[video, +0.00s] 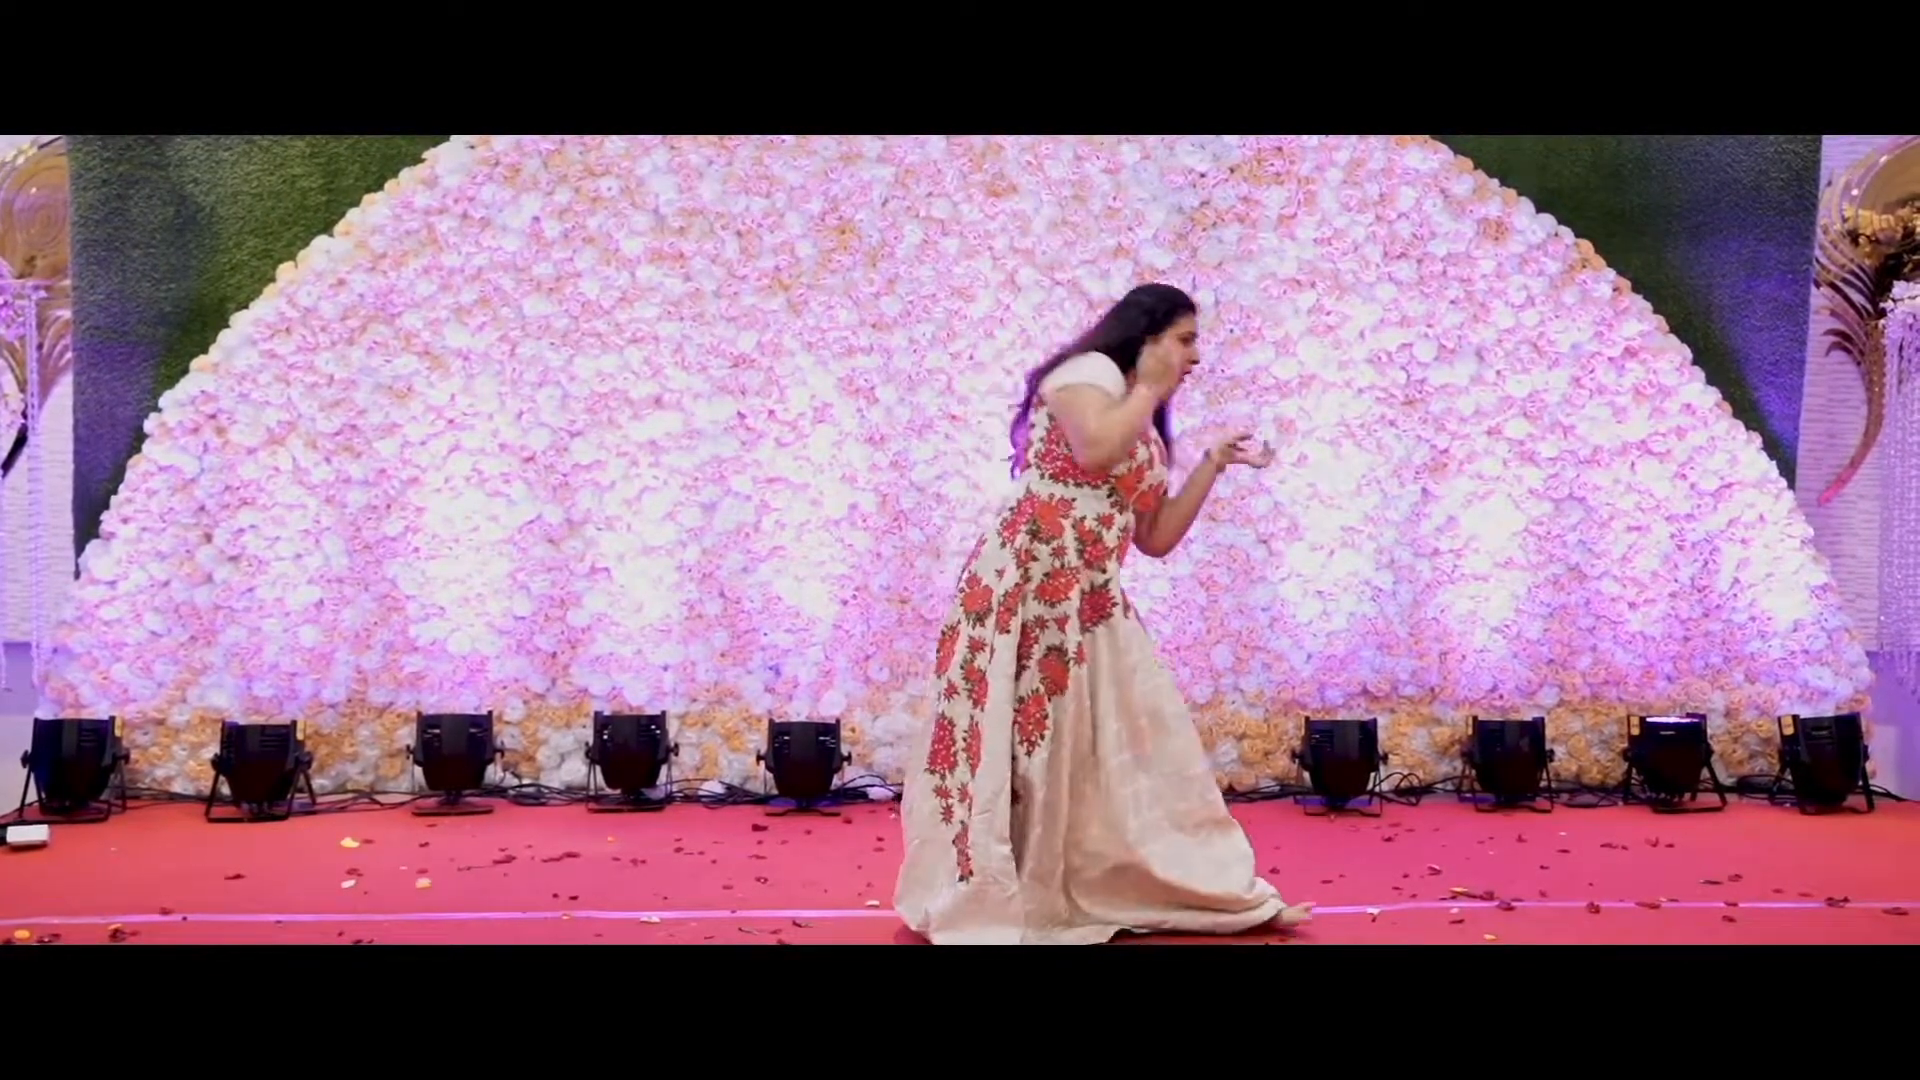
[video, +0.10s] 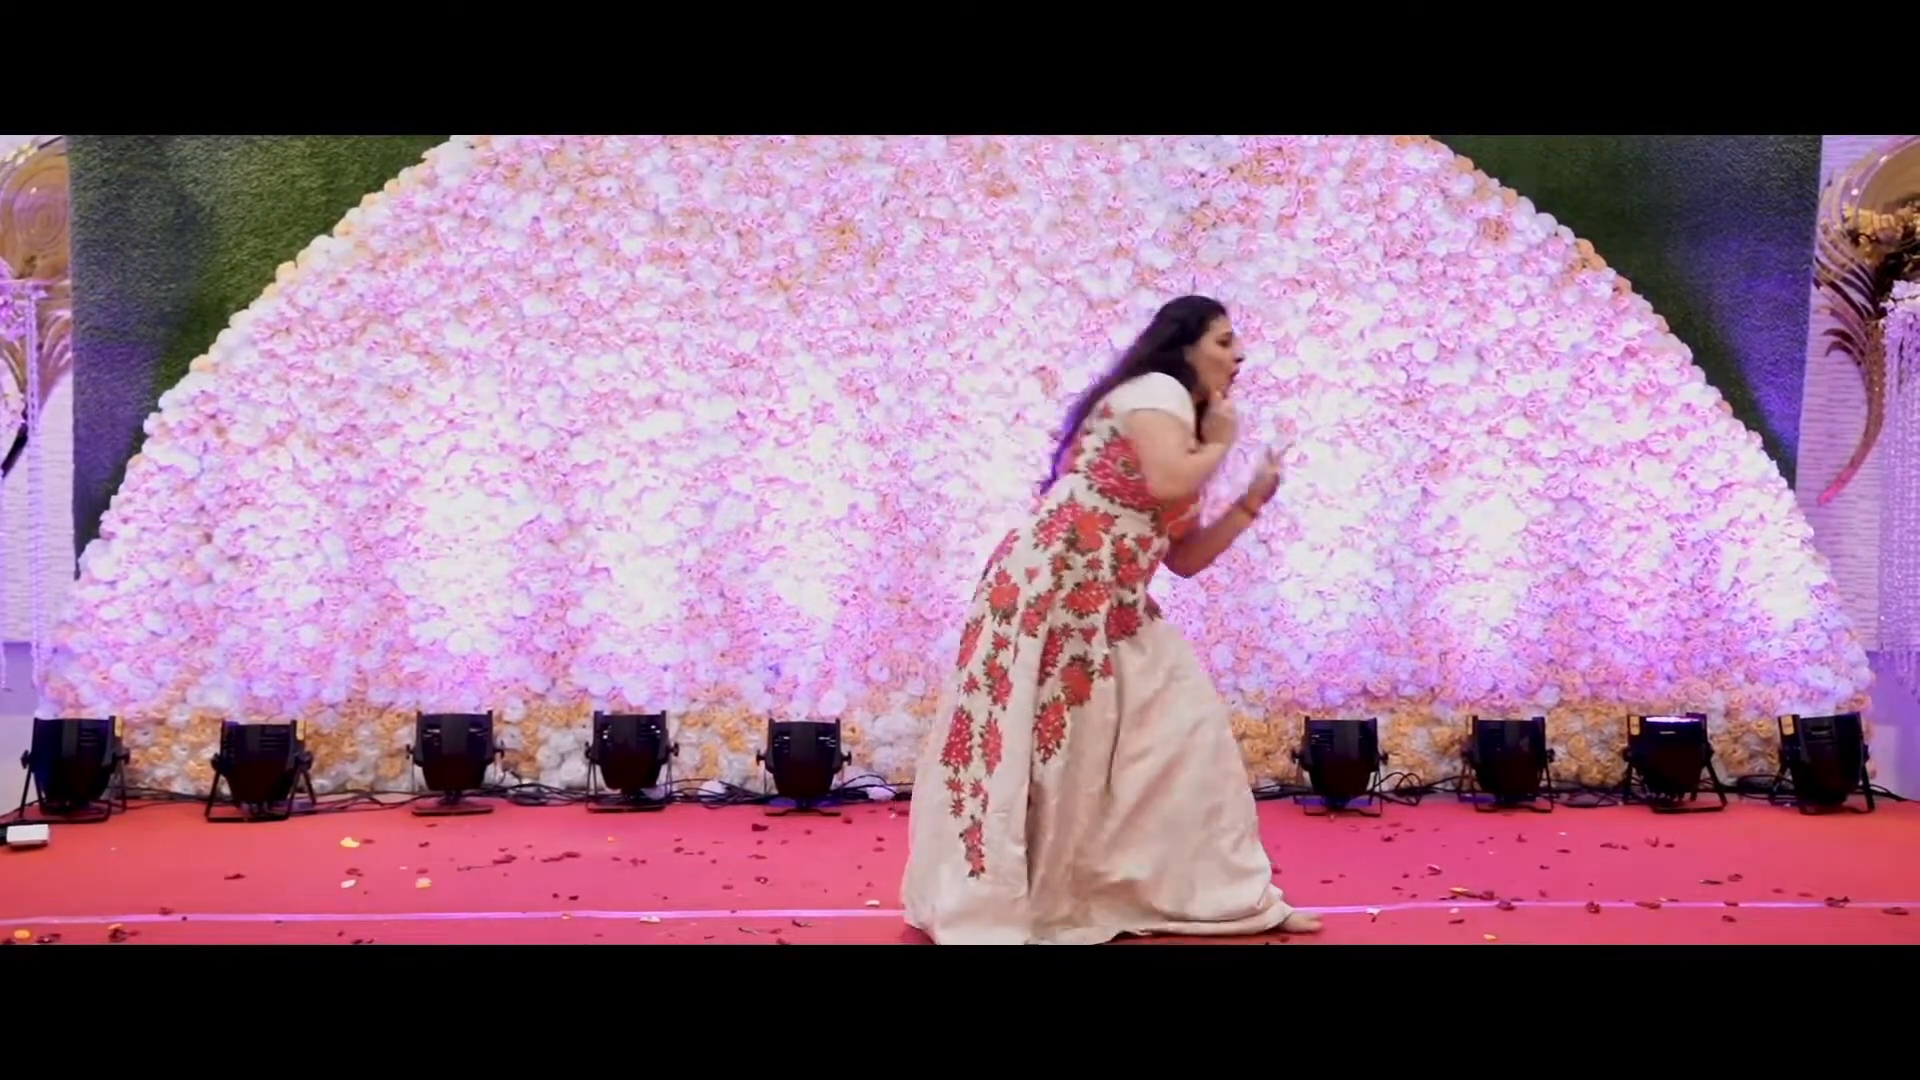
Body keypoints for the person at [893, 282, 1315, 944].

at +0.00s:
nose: (1194, 356)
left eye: (1196, 343)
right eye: (1186, 340)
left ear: (1158, 346)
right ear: (1146, 336)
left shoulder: (1144, 437)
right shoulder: (1083, 373)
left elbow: (1158, 537)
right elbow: (1095, 445)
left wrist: (1211, 464)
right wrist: (1149, 388)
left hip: (1090, 597)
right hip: (1027, 585)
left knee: (1137, 736)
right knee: (1022, 741)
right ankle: (1010, 892)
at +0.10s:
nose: (1236, 356)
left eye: (1235, 344)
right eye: (1224, 343)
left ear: (1203, 352)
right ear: (1185, 348)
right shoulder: (1156, 392)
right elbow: (1168, 483)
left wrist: (1248, 505)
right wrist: (1221, 441)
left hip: (1111, 602)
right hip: (1053, 591)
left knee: (1187, 726)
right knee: (1056, 743)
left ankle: (1211, 887)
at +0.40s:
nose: (1326, 385)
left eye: (1322, 372)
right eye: (1309, 374)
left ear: (1306, 383)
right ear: (1268, 385)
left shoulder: (1275, 481)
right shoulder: (1254, 431)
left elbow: (1281, 586)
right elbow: (1359, 430)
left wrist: (1297, 543)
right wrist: (1452, 473)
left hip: (1179, 621)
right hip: (1116, 602)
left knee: (1272, 732)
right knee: (1082, 757)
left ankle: (1230, 896)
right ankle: (1073, 905)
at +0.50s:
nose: (1331, 385)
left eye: (1331, 372)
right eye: (1315, 373)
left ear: (1319, 385)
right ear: (1275, 387)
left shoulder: (1302, 479)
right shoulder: (1256, 435)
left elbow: (1355, 557)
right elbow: (1356, 435)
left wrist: (1361, 501)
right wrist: (1472, 458)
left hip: (1197, 627)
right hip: (1126, 609)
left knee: (1286, 731)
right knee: (1089, 759)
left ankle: (1224, 893)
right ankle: (1048, 906)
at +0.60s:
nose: (1325, 376)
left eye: (1328, 364)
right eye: (1308, 365)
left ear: (1328, 374)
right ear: (1270, 379)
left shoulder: (1333, 471)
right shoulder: (1246, 433)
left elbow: (1406, 514)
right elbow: (1315, 431)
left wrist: (1427, 487)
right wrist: (1417, 444)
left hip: (1219, 626)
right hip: (1141, 607)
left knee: (1305, 739)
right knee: (1110, 755)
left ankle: (1232, 896)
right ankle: (1084, 898)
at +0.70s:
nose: (1310, 363)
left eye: (1317, 353)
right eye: (1294, 353)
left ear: (1325, 369)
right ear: (1257, 367)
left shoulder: (1335, 439)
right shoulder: (1230, 424)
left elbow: (1397, 481)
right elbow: (1248, 430)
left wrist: (1452, 482)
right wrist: (1349, 430)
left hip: (1235, 618)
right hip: (1156, 604)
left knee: (1314, 738)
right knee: (1136, 753)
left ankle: (1228, 895)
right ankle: (1108, 898)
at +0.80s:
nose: (1289, 351)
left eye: (1296, 342)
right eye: (1270, 341)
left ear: (1306, 359)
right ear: (1234, 359)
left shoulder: (1316, 439)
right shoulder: (1205, 417)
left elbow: (1389, 464)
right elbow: (1201, 417)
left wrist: (1408, 459)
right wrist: (1311, 410)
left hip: (1240, 607)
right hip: (1157, 600)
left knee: (1321, 736)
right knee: (1124, 749)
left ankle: (1237, 892)